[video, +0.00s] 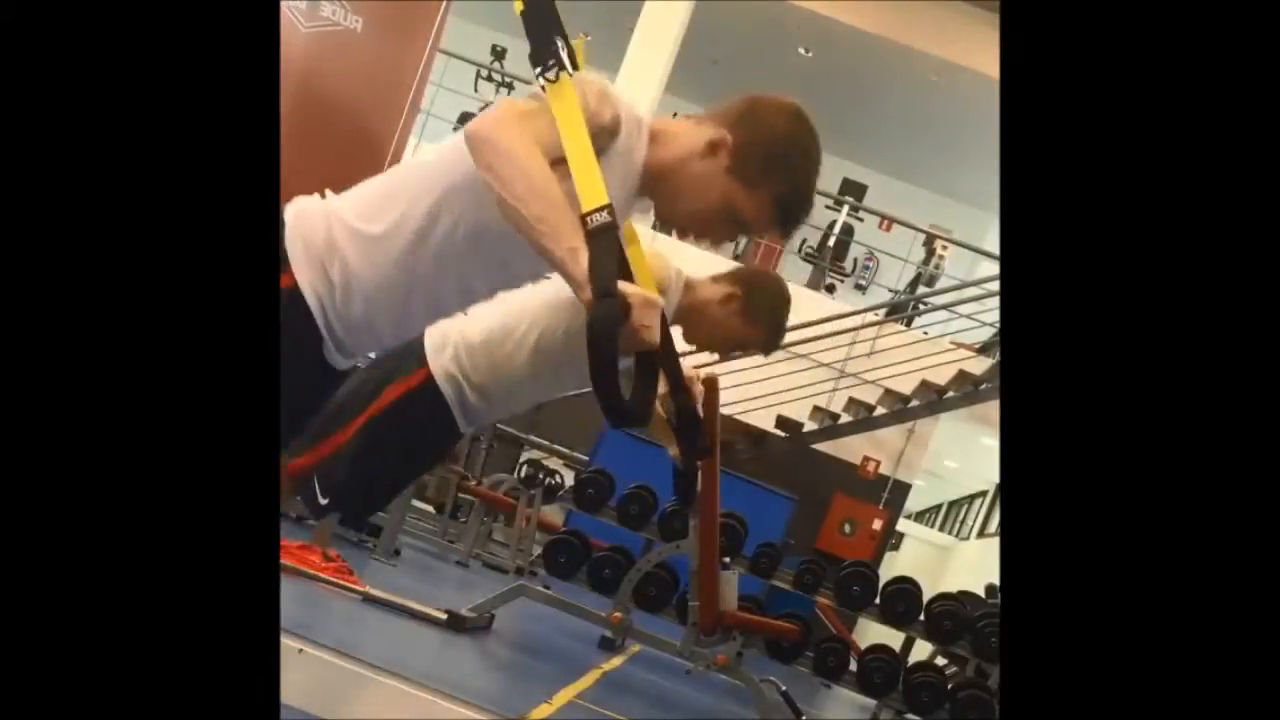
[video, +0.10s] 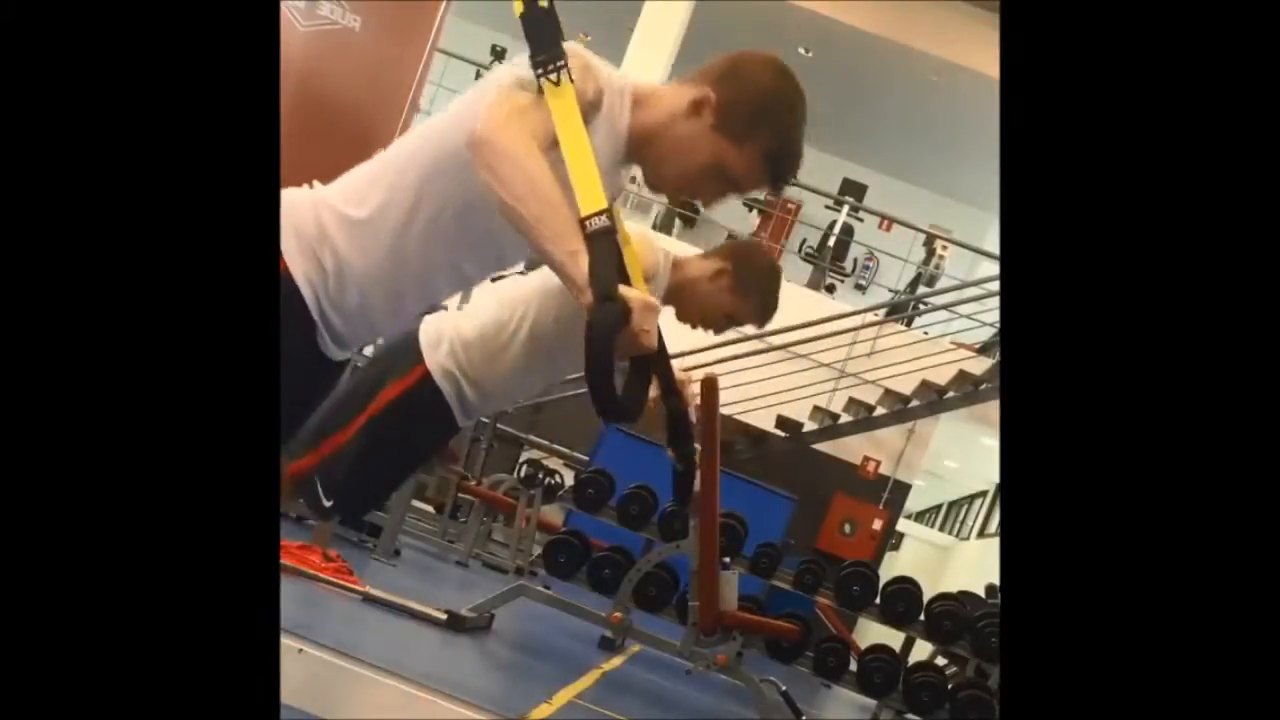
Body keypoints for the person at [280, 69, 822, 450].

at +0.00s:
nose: (714, 243)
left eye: (735, 237)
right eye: (732, 222)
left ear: (722, 142)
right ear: (721, 147)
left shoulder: (622, 213)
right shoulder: (603, 106)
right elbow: (497, 134)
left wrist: (667, 385)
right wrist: (593, 276)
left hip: (343, 352)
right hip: (298, 287)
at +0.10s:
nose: (706, 200)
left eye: (728, 194)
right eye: (721, 177)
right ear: (700, 109)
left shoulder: (612, 173)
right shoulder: (578, 75)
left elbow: (610, 278)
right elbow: (500, 142)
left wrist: (656, 375)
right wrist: (594, 282)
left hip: (338, 342)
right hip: (295, 278)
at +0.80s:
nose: (727, 234)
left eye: (745, 228)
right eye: (741, 213)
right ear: (719, 146)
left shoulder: (624, 211)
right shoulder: (603, 115)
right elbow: (485, 132)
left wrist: (660, 396)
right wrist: (587, 281)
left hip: (353, 373)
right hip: (310, 316)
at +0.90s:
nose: (743, 287)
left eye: (761, 281)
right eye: (757, 266)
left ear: (739, 195)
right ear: (740, 198)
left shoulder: (646, 244)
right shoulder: (622, 159)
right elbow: (488, 139)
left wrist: (648, 391)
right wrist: (603, 280)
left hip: (360, 400)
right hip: (318, 341)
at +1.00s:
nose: (749, 331)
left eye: (769, 328)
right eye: (768, 315)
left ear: (754, 251)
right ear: (753, 251)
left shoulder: (670, 289)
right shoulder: (645, 202)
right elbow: (504, 168)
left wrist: (668, 408)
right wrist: (629, 307)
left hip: (367, 426)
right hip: (326, 367)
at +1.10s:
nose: (754, 372)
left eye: (776, 373)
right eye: (775, 359)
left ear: (764, 288)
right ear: (767, 294)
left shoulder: (679, 334)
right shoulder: (666, 246)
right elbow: (517, 172)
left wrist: (672, 410)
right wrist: (644, 316)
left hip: (366, 443)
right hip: (333, 393)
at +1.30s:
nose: (758, 434)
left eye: (776, 436)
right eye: (777, 425)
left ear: (780, 355)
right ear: (783, 360)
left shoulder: (693, 391)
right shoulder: (674, 285)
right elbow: (529, 170)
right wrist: (623, 312)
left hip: (368, 471)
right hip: (338, 424)